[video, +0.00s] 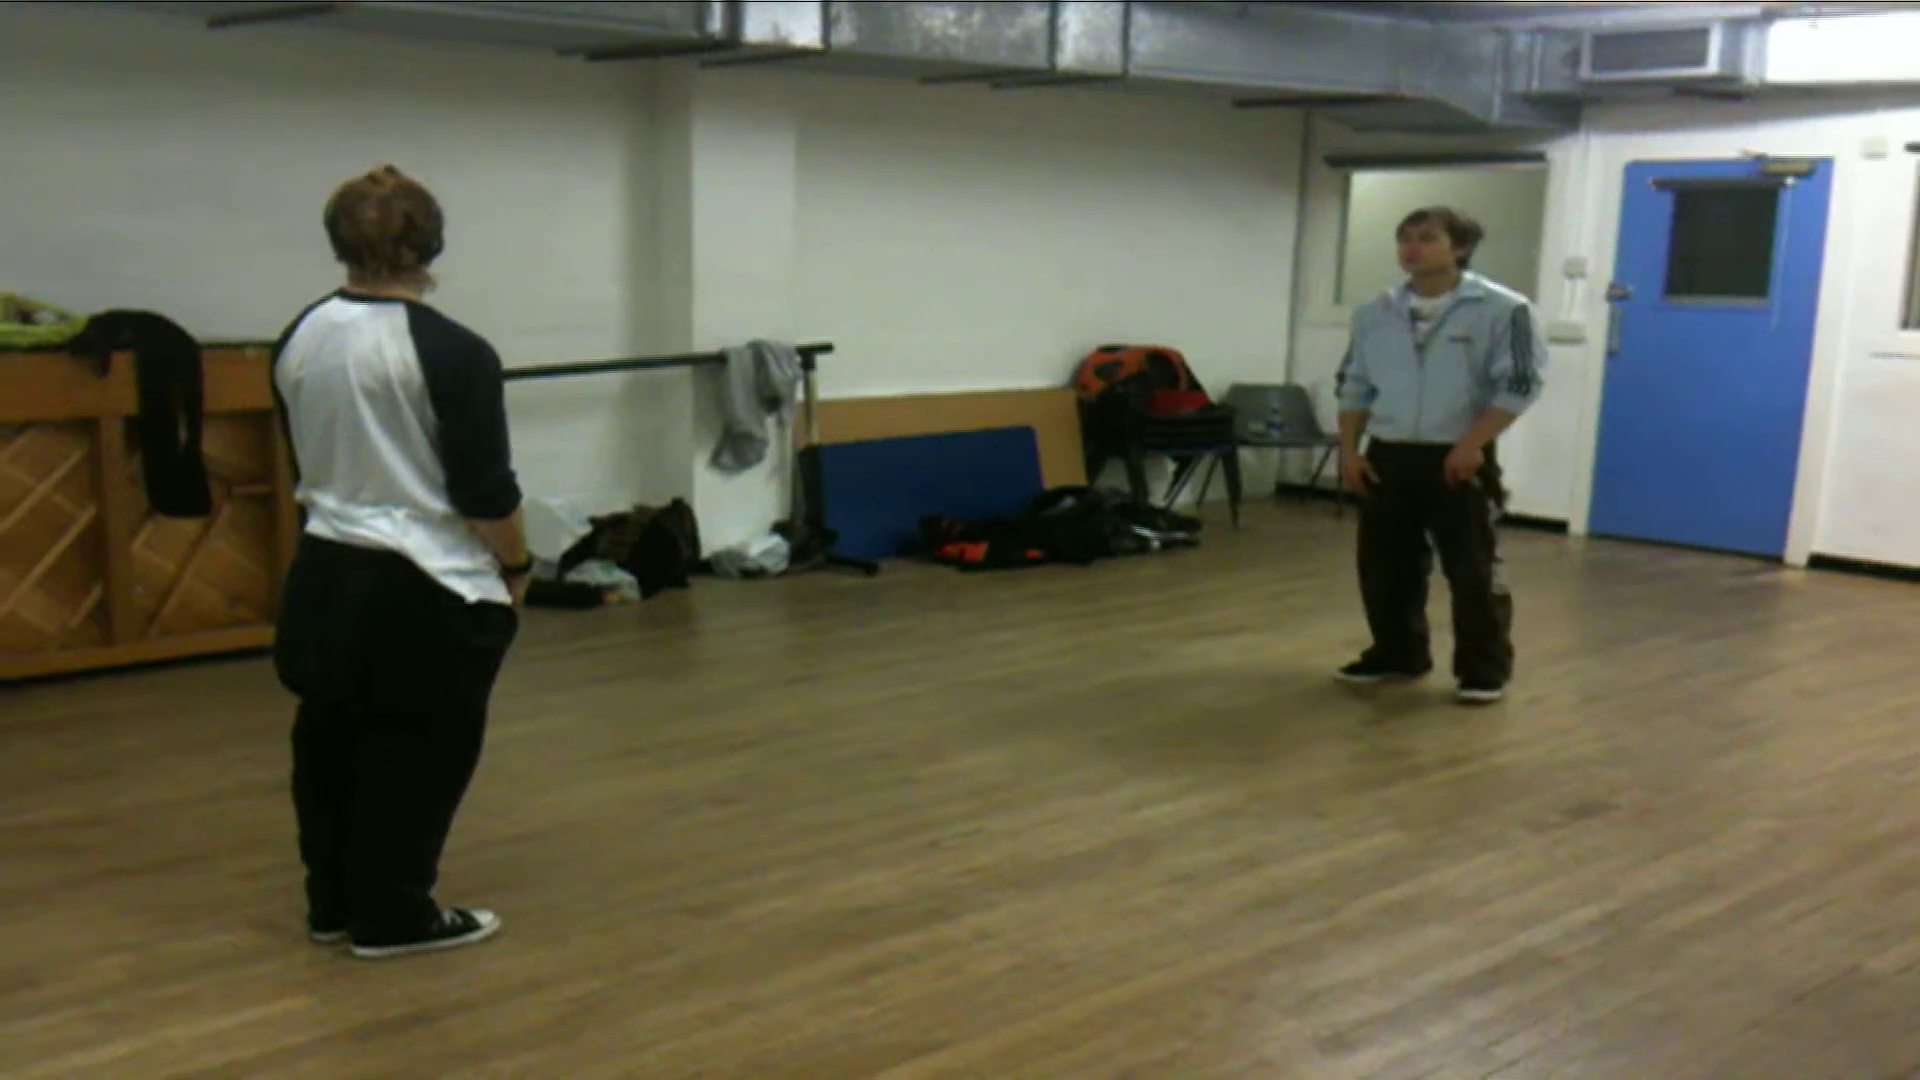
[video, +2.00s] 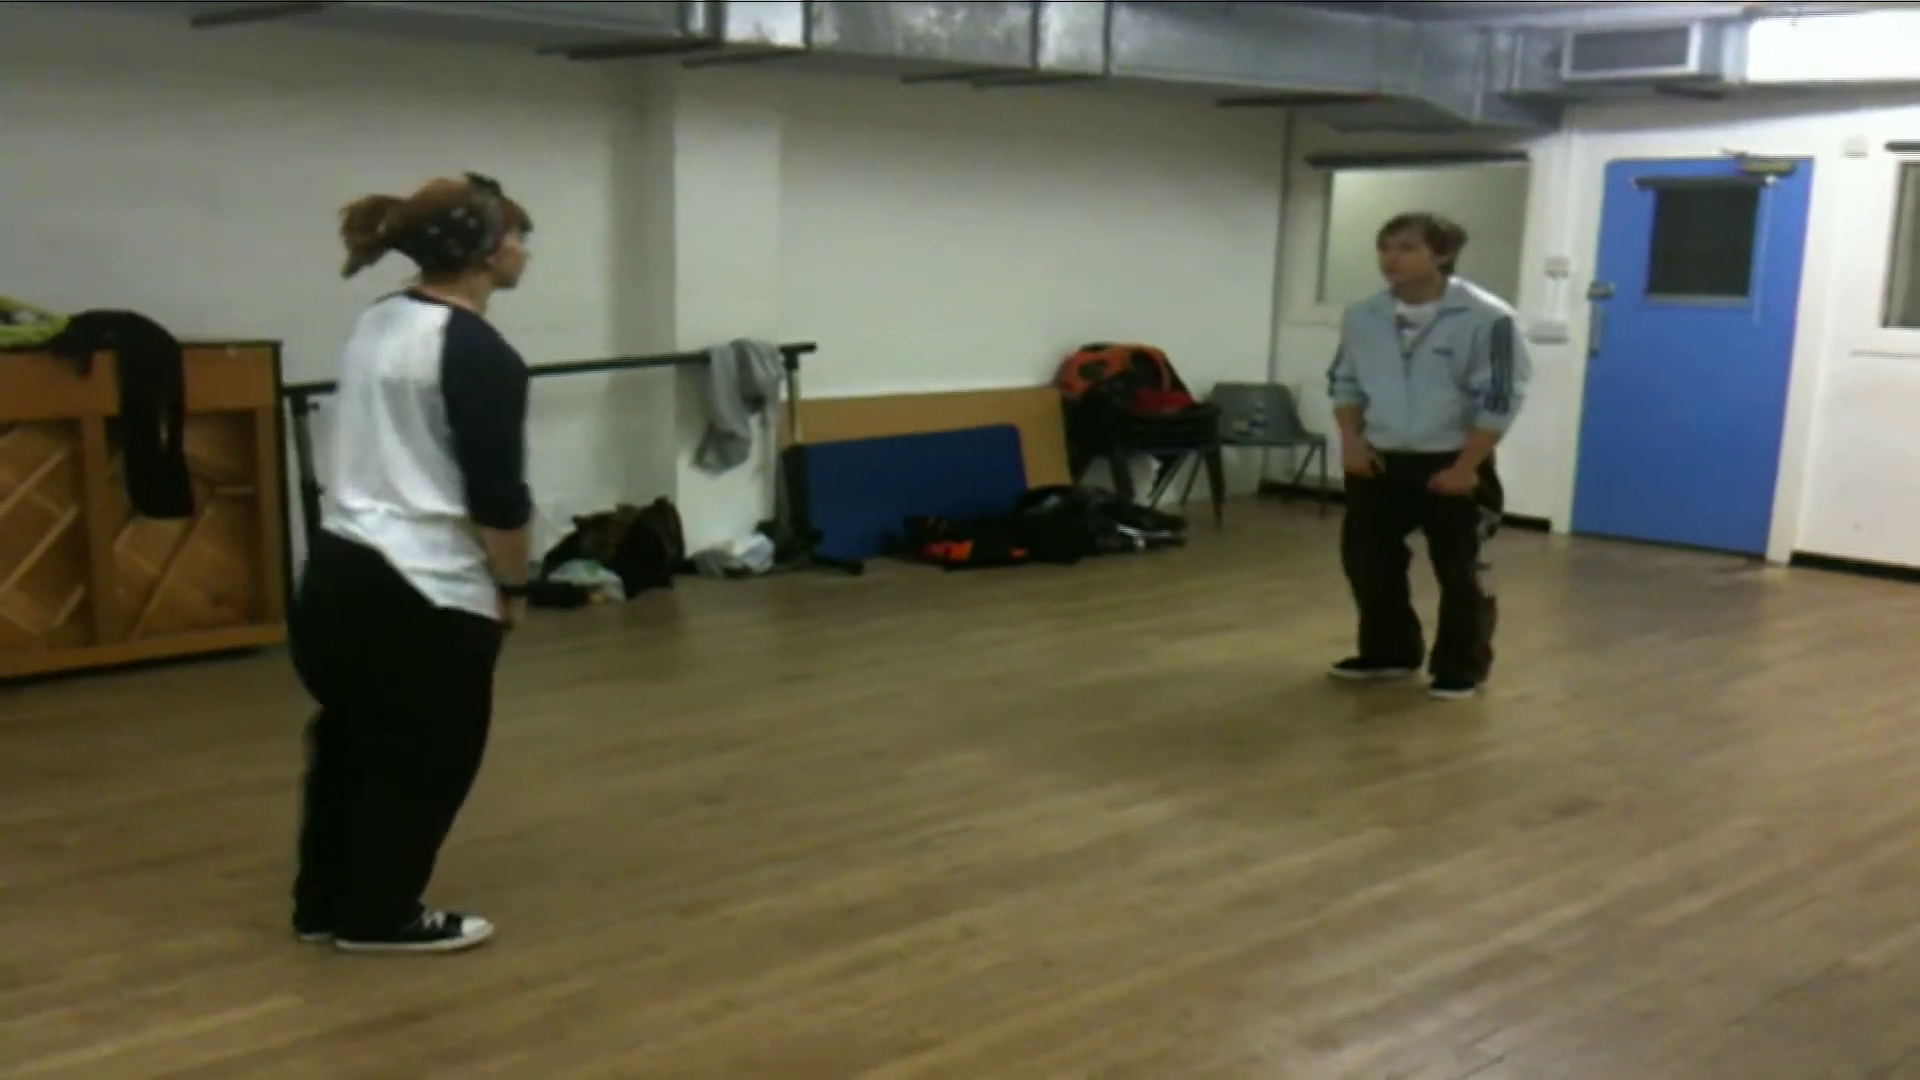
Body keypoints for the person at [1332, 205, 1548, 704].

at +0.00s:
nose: (1412, 248)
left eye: (1426, 239)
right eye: (1406, 240)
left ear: (1457, 248)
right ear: (1398, 250)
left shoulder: (1503, 311)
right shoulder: (1374, 315)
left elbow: (1519, 387)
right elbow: (1355, 388)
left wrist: (1473, 443)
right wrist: (1349, 450)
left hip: (1460, 463)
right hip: (1391, 462)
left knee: (1472, 575)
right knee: (1384, 567)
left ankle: (1482, 671)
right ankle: (1398, 653)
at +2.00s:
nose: (1392, 258)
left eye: (1406, 248)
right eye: (1386, 249)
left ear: (1439, 256)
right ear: (1379, 256)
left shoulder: (1489, 320)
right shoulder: (1362, 318)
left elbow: (1500, 403)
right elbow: (1345, 384)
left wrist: (1466, 466)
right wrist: (1352, 439)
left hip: (1453, 466)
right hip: (1383, 463)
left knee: (1460, 570)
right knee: (1366, 555)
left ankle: (1460, 667)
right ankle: (1390, 650)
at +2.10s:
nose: (1375, 265)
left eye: (1389, 255)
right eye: (1369, 256)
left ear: (1423, 261)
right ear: (1363, 263)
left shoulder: (1474, 317)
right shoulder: (1349, 325)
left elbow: (1485, 399)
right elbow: (1334, 397)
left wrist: (1443, 458)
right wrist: (1331, 464)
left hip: (1440, 465)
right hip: (1372, 464)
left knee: (1427, 554)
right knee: (1358, 550)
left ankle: (1456, 654)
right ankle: (1386, 644)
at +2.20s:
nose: (1357, 281)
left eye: (1371, 271)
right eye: (1351, 272)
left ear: (1405, 277)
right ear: (1345, 278)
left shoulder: (1454, 314)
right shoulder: (1329, 342)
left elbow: (1468, 387)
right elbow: (1309, 415)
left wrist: (1409, 445)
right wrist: (1317, 471)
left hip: (1439, 453)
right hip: (1371, 454)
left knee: (1373, 537)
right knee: (1339, 546)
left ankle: (1423, 611)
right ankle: (1377, 643)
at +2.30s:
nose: (1329, 294)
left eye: (1343, 284)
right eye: (1324, 284)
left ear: (1376, 290)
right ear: (1317, 290)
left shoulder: (1419, 333)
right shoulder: (1301, 347)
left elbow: (1455, 398)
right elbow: (1284, 419)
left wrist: (1398, 459)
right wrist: (1302, 471)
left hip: (1428, 462)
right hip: (1357, 464)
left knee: (1366, 534)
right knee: (1320, 561)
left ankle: (1380, 636)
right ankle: (1385, 637)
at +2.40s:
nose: (1281, 318)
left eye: (1294, 308)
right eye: (1276, 309)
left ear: (1327, 313)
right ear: (1271, 314)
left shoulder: (1371, 358)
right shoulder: (1278, 360)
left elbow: (1448, 418)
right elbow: (1264, 421)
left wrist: (1410, 491)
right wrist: (1291, 472)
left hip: (1408, 484)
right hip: (1344, 479)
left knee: (1375, 576)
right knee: (1314, 576)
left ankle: (1332, 687)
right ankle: (1394, 641)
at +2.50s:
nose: (1239, 339)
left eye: (1252, 329)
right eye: (1235, 329)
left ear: (1288, 334)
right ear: (1232, 333)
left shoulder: (1341, 375)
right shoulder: (1253, 375)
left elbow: (1421, 436)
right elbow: (1249, 437)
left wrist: (1384, 505)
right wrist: (1267, 485)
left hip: (1382, 498)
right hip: (1317, 495)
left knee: (1350, 599)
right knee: (1294, 585)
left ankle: (1318, 711)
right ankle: (1390, 644)